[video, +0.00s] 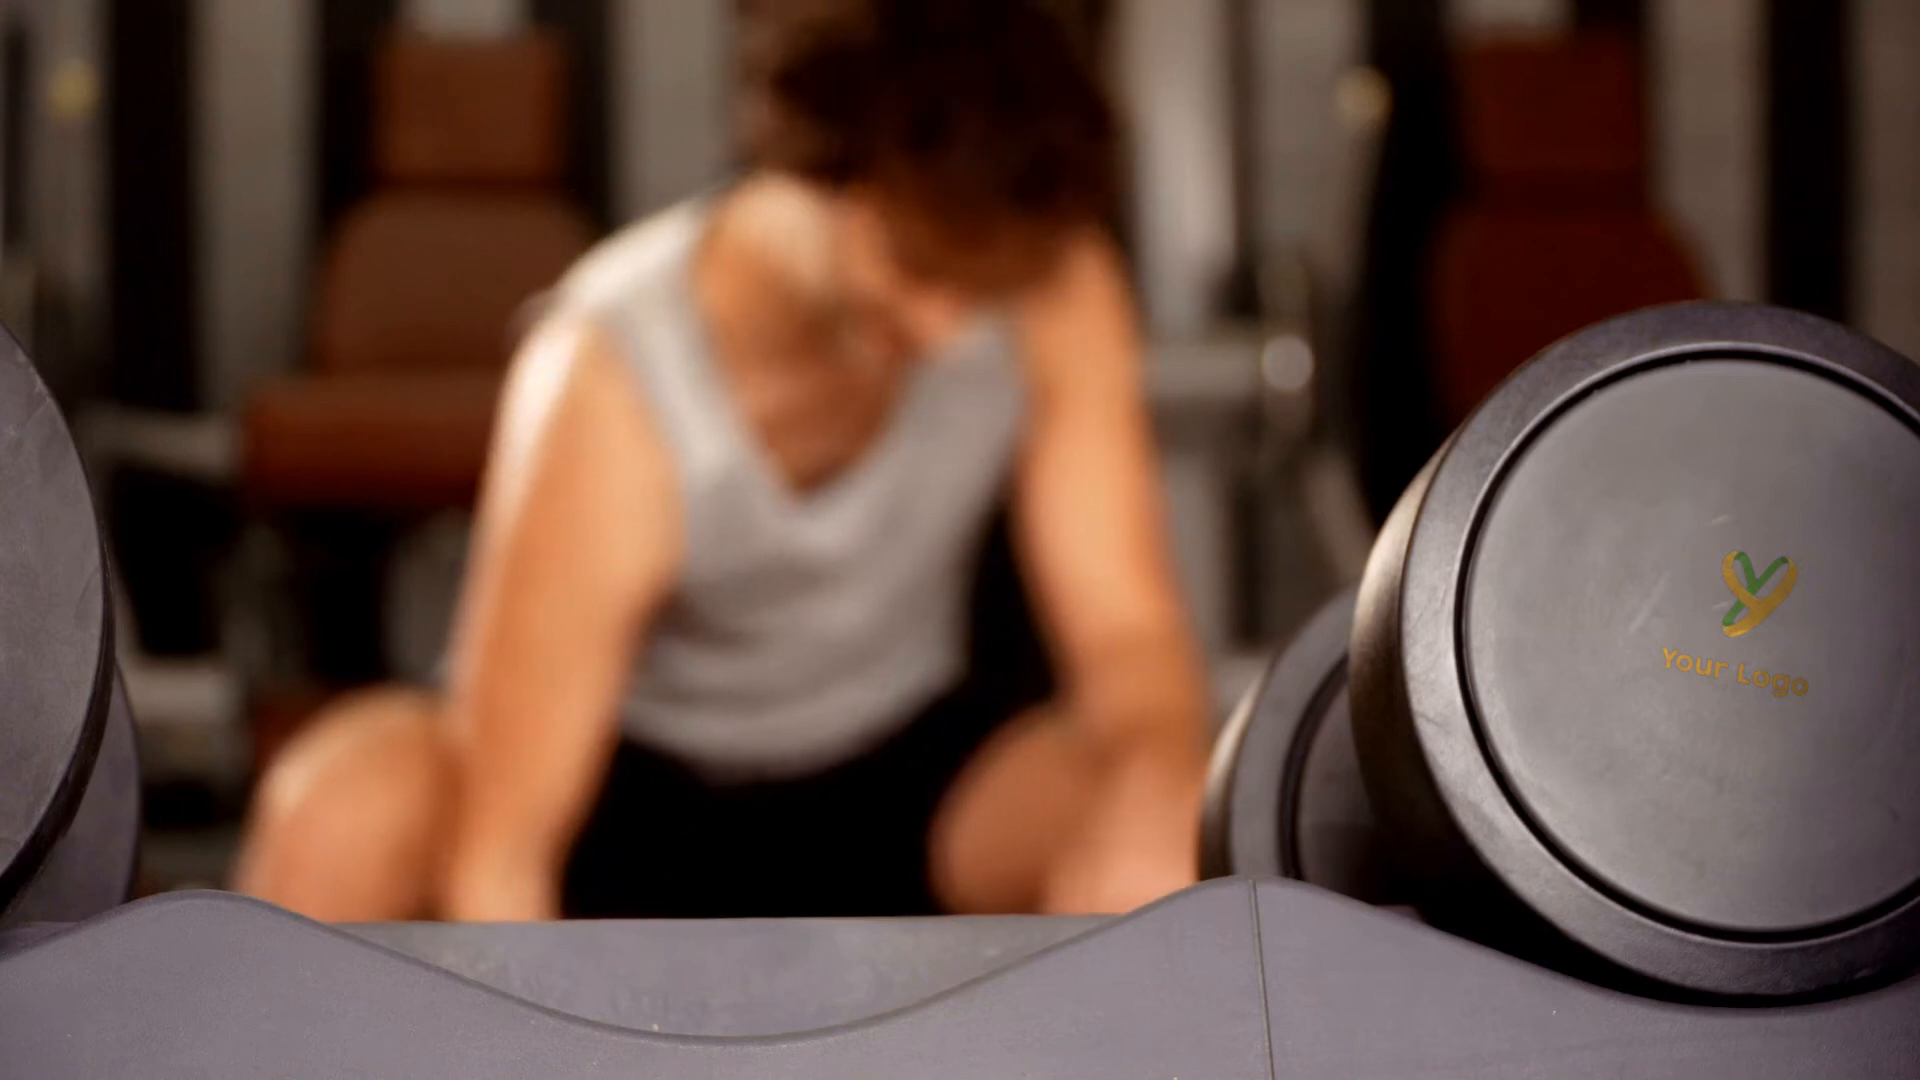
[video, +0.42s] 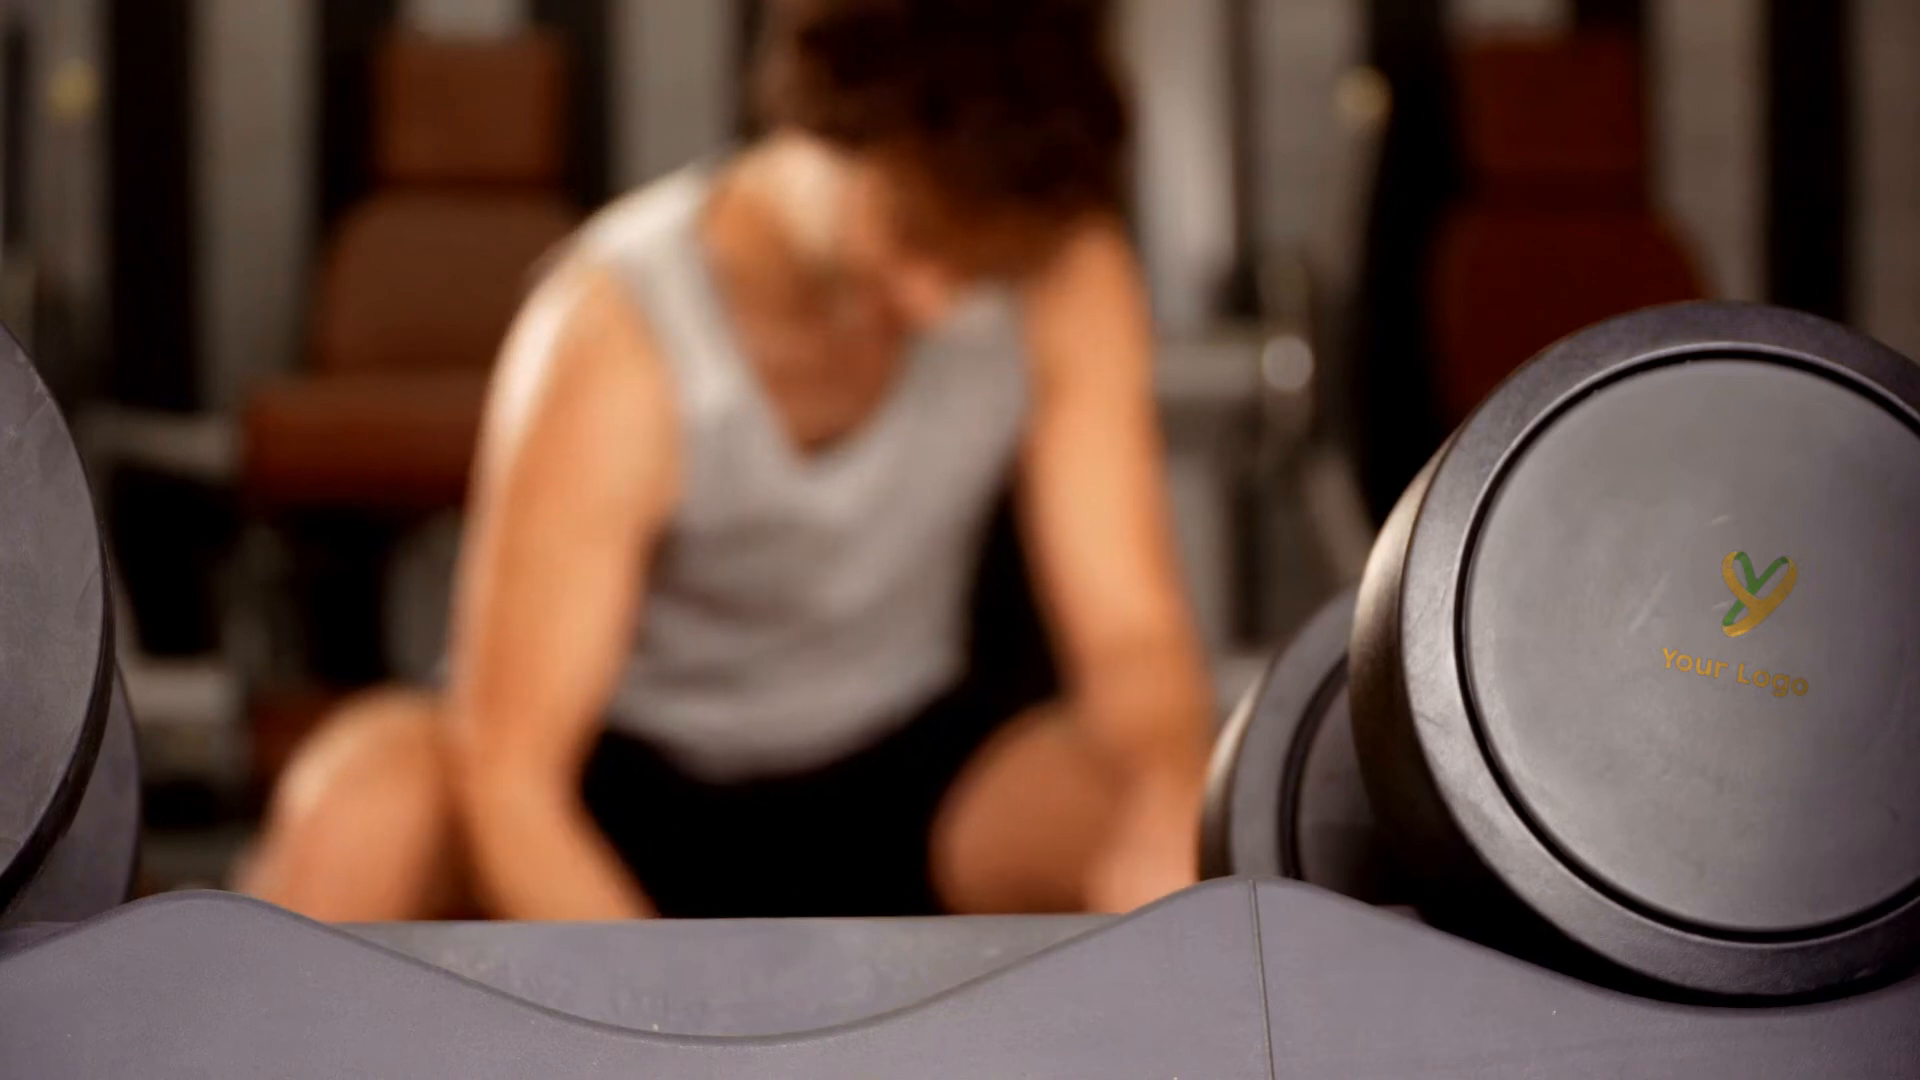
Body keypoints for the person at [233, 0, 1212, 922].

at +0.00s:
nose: (950, 332)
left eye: (996, 287)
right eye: (918, 276)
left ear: (1043, 241)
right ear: (830, 184)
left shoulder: (1049, 272)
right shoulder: (611, 374)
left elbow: (1130, 656)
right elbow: (504, 849)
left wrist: (1148, 851)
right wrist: (532, 1078)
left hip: (899, 788)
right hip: (625, 803)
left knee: (1157, 802)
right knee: (344, 789)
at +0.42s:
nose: (931, 305)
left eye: (983, 268)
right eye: (910, 246)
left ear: (1044, 226)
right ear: (830, 140)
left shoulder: (1058, 262)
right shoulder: (612, 325)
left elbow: (1132, 646)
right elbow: (509, 775)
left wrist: (1161, 850)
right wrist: (677, 1022)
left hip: (899, 785)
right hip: (629, 797)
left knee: (1175, 804)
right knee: (363, 783)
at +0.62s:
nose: (923, 303)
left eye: (972, 267)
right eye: (896, 247)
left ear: (1037, 224)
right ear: (817, 135)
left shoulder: (1051, 263)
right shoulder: (578, 313)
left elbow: (1135, 643)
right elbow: (514, 754)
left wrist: (1171, 854)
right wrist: (767, 867)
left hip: (904, 779)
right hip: (619, 783)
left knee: (1199, 780)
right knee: (370, 787)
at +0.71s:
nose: (913, 307)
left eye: (963, 269)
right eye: (888, 251)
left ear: (1029, 226)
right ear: (801, 136)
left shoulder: (1044, 263)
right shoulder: (558, 311)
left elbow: (1135, 645)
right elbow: (518, 749)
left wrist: (1172, 852)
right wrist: (840, 811)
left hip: (900, 807)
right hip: (610, 808)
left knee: (1192, 775)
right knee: (371, 779)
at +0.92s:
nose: (895, 306)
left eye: (939, 267)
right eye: (872, 250)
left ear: (995, 215)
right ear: (782, 143)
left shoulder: (1020, 264)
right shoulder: (505, 316)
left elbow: (1126, 644)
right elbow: (521, 756)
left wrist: (1171, 877)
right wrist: (733, 725)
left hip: (894, 780)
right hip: (593, 794)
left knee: (1174, 806)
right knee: (359, 792)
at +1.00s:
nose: (886, 303)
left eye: (926, 263)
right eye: (859, 248)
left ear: (980, 205)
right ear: (764, 148)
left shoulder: (1010, 262)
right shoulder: (492, 318)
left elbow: (1121, 639)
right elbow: (509, 749)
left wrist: (1182, 877)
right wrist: (735, 696)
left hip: (900, 786)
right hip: (598, 796)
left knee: (1169, 807)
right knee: (351, 798)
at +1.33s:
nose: (873, 294)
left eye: (919, 256)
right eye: (848, 235)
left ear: (976, 204)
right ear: (759, 144)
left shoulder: (1007, 260)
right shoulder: (499, 322)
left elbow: (1119, 637)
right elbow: (512, 767)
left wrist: (1177, 870)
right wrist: (727, 637)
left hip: (899, 781)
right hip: (600, 799)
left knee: (1169, 812)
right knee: (355, 798)